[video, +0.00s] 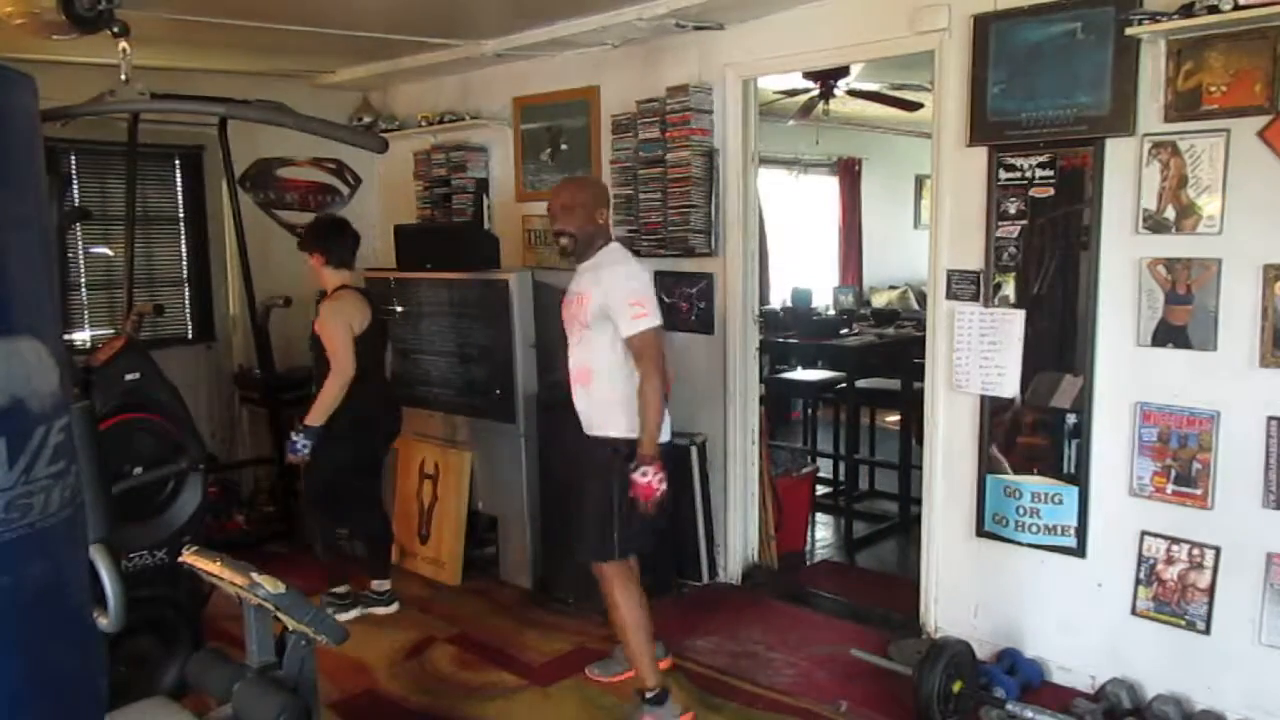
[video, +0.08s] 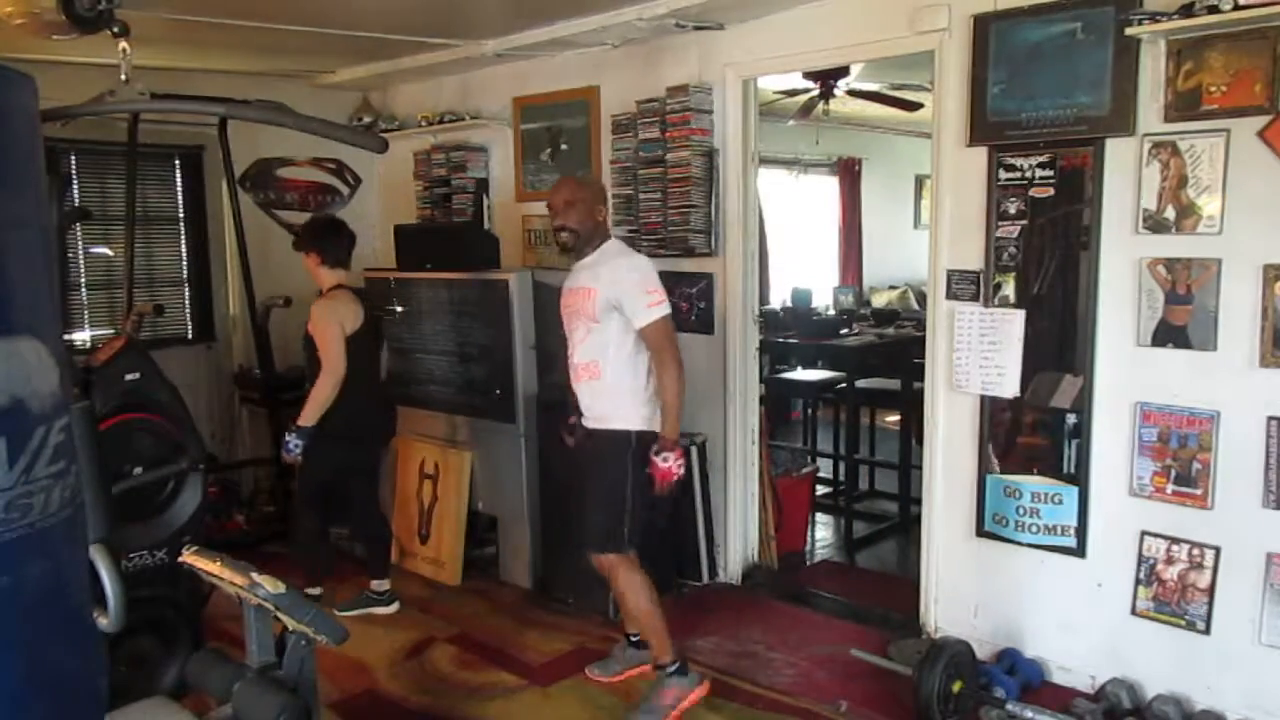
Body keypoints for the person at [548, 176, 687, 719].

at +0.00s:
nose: (555, 223)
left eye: (563, 212)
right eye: (553, 213)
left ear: (599, 215)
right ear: (573, 218)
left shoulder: (621, 272)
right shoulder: (589, 271)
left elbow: (653, 365)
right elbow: (613, 356)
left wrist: (648, 450)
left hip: (623, 443)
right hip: (599, 438)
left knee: (611, 563)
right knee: (611, 556)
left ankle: (657, 697)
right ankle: (639, 646)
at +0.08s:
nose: (557, 220)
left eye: (566, 209)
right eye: (553, 212)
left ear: (598, 211)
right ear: (560, 219)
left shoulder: (629, 267)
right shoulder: (580, 272)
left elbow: (668, 355)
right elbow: (599, 348)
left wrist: (669, 441)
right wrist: (582, 411)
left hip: (629, 432)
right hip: (596, 430)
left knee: (612, 551)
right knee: (606, 547)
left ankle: (675, 670)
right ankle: (639, 642)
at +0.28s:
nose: (572, 228)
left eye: (583, 217)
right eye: (564, 220)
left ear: (608, 221)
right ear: (557, 228)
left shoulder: (641, 278)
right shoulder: (572, 286)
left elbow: (678, 362)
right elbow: (577, 361)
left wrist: (687, 441)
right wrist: (536, 413)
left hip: (640, 439)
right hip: (598, 437)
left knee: (624, 557)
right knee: (610, 555)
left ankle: (713, 587)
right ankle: (644, 646)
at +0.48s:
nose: (589, 222)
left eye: (601, 211)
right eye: (580, 211)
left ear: (625, 217)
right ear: (571, 216)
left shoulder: (653, 275)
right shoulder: (564, 280)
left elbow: (681, 360)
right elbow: (564, 351)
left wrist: (622, 404)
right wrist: (551, 385)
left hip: (651, 432)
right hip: (596, 434)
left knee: (672, 549)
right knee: (612, 542)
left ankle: (726, 653)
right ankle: (643, 642)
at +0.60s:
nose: (607, 225)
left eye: (619, 215)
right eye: (597, 215)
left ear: (638, 221)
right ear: (584, 223)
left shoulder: (664, 280)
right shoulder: (569, 285)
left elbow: (681, 369)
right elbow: (553, 358)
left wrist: (615, 386)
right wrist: (555, 380)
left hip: (663, 442)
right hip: (603, 443)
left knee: (691, 562)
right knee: (616, 548)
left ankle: (717, 683)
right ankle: (644, 645)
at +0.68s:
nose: (618, 222)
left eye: (628, 212)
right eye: (608, 212)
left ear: (646, 219)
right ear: (593, 218)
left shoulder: (674, 278)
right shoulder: (578, 282)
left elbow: (702, 364)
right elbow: (558, 358)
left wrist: (651, 390)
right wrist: (562, 386)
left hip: (669, 443)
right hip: (609, 444)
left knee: (690, 568)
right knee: (626, 549)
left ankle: (712, 692)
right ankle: (644, 645)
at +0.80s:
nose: (635, 230)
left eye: (648, 219)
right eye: (625, 218)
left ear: (668, 226)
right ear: (612, 224)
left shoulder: (695, 293)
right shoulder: (597, 292)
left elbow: (734, 378)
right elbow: (574, 370)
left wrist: (690, 430)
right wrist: (552, 430)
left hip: (678, 459)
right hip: (621, 457)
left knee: (688, 584)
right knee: (631, 557)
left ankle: (708, 701)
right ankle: (647, 648)